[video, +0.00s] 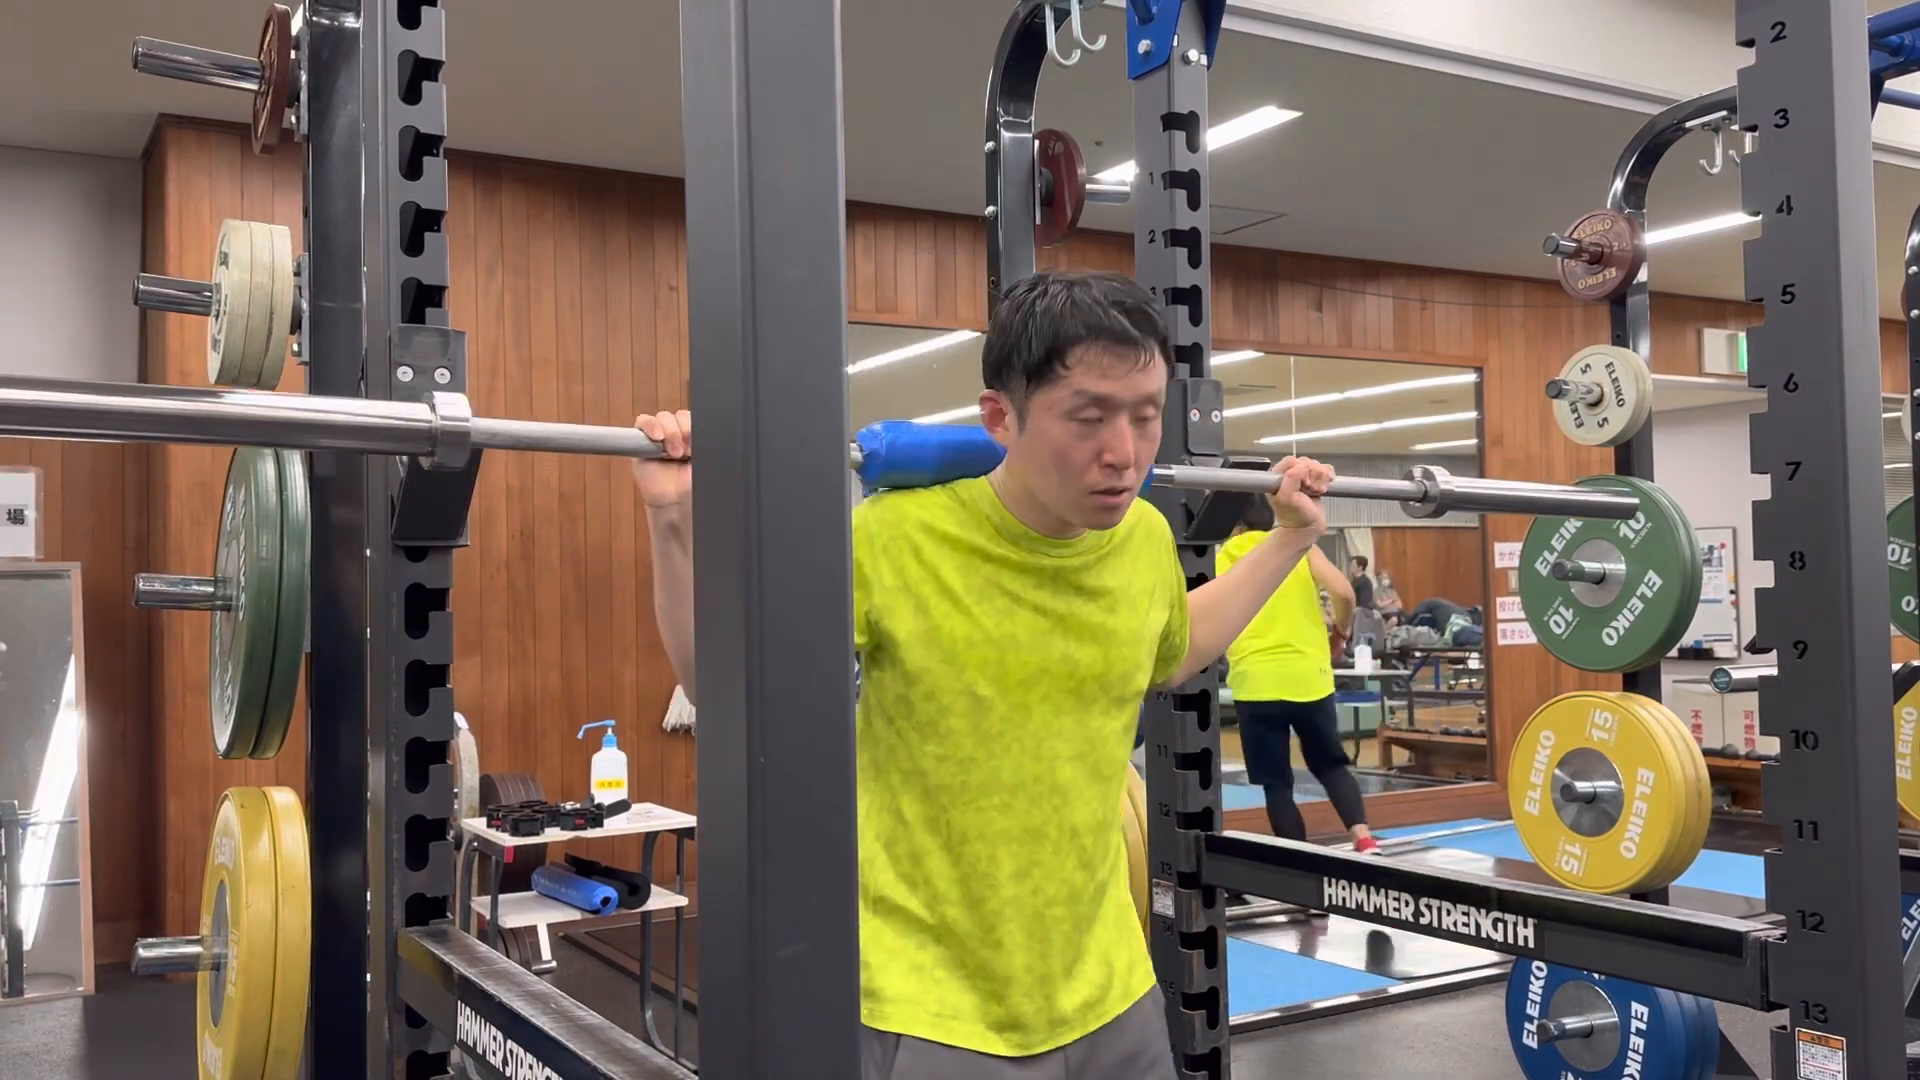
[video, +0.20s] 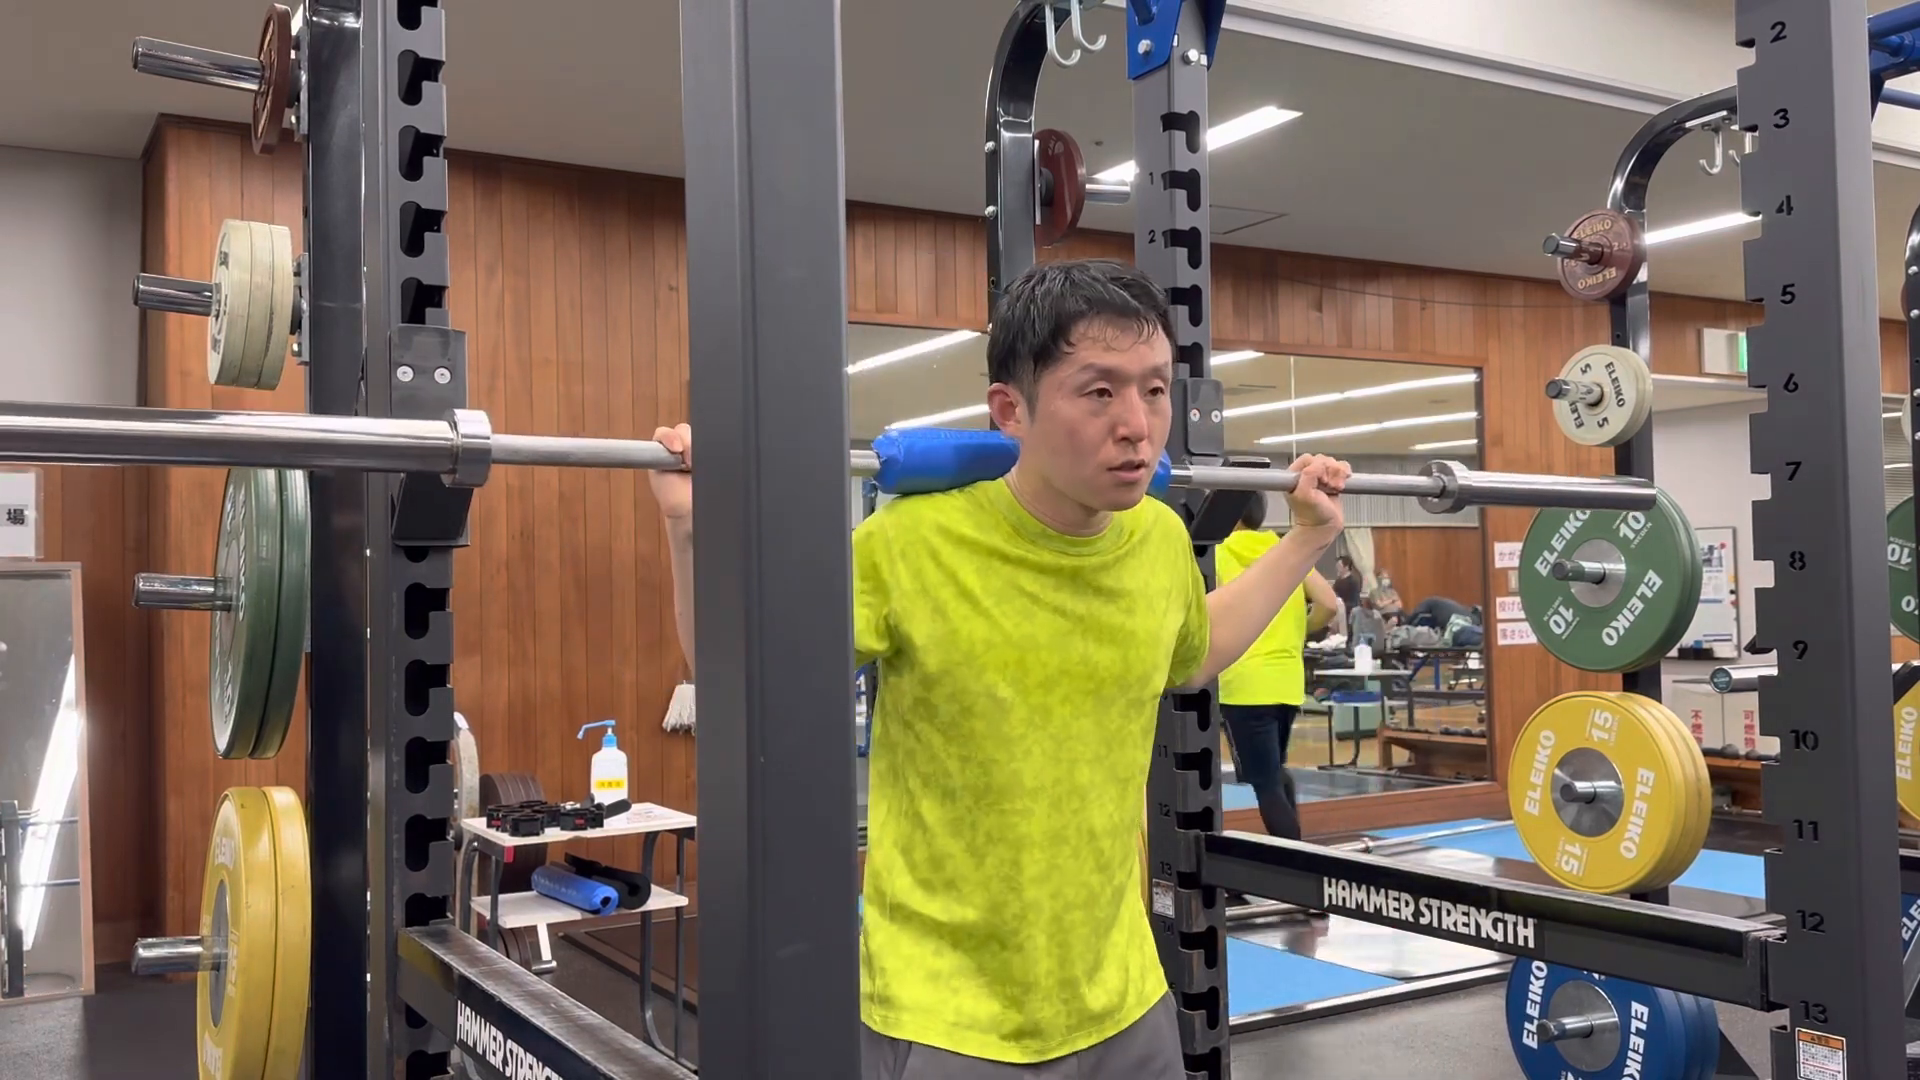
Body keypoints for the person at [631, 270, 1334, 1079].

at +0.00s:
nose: (1124, 450)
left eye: (1144, 414)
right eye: (1087, 415)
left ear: (1163, 413)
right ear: (1000, 415)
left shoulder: (1143, 540)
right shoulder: (892, 542)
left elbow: (1168, 652)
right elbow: (717, 677)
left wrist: (1290, 539)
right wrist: (673, 520)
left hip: (1107, 991)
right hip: (931, 1013)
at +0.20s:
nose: (1137, 427)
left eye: (1155, 392)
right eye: (1098, 392)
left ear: (1173, 401)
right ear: (1009, 409)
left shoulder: (1159, 539)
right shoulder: (909, 546)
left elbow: (1193, 653)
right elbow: (732, 665)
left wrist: (1308, 540)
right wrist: (689, 525)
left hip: (1118, 993)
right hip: (943, 1013)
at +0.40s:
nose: (1131, 421)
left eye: (1148, 387)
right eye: (1091, 387)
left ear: (1165, 397)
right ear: (1002, 405)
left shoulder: (1152, 537)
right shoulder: (898, 546)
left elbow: (1190, 651)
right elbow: (722, 678)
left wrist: (1302, 537)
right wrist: (677, 528)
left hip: (1115, 1001)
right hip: (936, 1021)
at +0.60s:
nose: (1133, 485)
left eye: (1147, 453)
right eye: (1092, 454)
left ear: (1164, 461)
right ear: (999, 476)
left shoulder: (1151, 599)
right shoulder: (894, 608)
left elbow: (1183, 711)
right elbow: (719, 761)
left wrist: (1298, 598)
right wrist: (677, 612)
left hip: (1091, 1025)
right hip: (914, 1037)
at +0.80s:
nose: (1149, 647)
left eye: (1163, 614)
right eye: (1107, 618)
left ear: (1179, 619)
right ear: (1014, 637)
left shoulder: (1169, 748)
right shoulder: (911, 777)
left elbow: (1196, 848)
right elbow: (735, 917)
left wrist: (1316, 730)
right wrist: (691, 788)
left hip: (1074, 1060)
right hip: (905, 1060)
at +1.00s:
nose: (1157, 766)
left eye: (1169, 729)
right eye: (1114, 737)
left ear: (1186, 732)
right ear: (1019, 754)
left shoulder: (1179, 856)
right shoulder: (915, 895)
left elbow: (1203, 945)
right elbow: (735, 1033)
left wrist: (1324, 830)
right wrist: (694, 908)